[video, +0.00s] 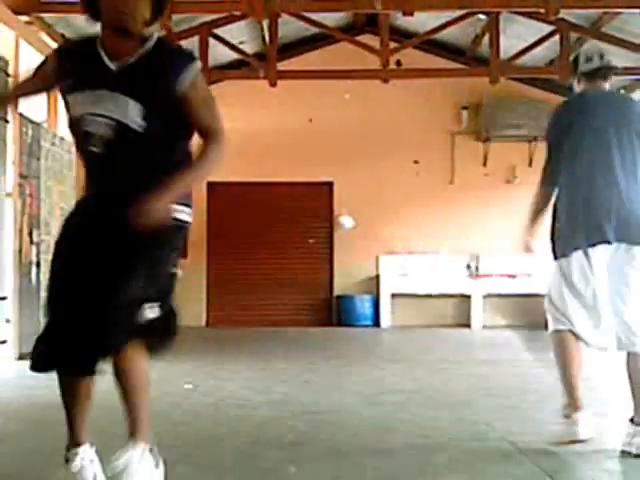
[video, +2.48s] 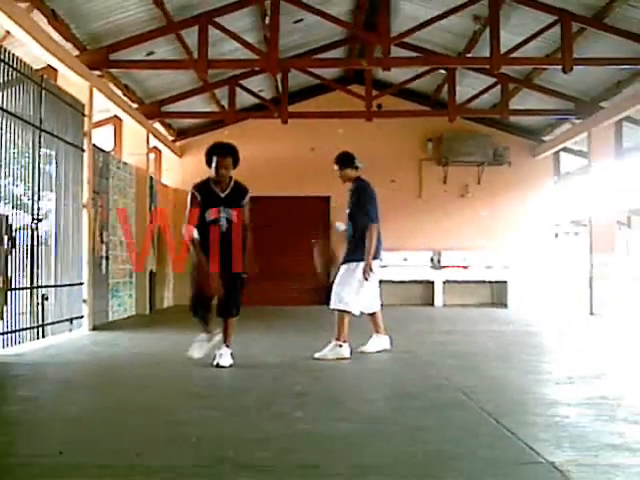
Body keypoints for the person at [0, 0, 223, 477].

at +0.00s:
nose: (137, 4)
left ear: (157, 8)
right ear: (99, 4)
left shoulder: (175, 67)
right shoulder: (72, 58)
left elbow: (217, 140)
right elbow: (38, 83)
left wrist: (169, 194)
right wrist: (11, 95)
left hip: (155, 215)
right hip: (94, 211)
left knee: (125, 328)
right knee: (71, 332)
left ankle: (141, 451)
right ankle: (79, 451)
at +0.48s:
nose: (189, 75)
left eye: (187, 67)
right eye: (184, 67)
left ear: (138, 73)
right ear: (169, 74)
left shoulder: (114, 121)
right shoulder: (176, 107)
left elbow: (64, 160)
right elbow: (230, 70)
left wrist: (65, 213)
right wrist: (270, 17)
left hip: (112, 242)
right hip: (152, 243)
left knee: (130, 347)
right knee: (168, 350)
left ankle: (115, 441)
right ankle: (110, 412)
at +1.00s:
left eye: (180, 113)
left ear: (178, 118)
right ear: (217, 119)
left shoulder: (168, 160)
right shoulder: (233, 162)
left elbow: (158, 220)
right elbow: (236, 220)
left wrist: (154, 270)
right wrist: (234, 263)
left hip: (181, 262)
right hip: (223, 263)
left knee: (185, 326)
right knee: (219, 336)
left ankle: (184, 380)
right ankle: (211, 407)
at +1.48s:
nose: (189, 133)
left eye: (192, 126)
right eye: (188, 127)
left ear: (208, 124)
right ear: (213, 125)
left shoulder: (206, 160)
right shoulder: (233, 153)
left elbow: (202, 211)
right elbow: (239, 201)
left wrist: (186, 254)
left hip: (214, 244)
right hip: (238, 240)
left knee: (201, 305)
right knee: (227, 301)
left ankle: (228, 368)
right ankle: (248, 345)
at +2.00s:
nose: (202, 146)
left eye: (207, 139)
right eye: (198, 140)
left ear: (221, 143)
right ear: (194, 145)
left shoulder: (238, 173)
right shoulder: (191, 177)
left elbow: (270, 196)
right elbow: (177, 206)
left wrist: (255, 230)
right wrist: (167, 215)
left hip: (232, 244)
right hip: (207, 246)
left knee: (205, 298)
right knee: (218, 301)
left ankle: (227, 350)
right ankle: (236, 357)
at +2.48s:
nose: (224, 173)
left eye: (228, 168)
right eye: (220, 167)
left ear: (234, 168)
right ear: (212, 166)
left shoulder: (241, 192)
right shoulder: (200, 190)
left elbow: (247, 227)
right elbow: (191, 228)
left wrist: (248, 258)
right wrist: (198, 259)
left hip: (232, 258)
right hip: (206, 258)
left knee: (229, 304)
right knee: (200, 302)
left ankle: (226, 346)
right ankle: (208, 334)